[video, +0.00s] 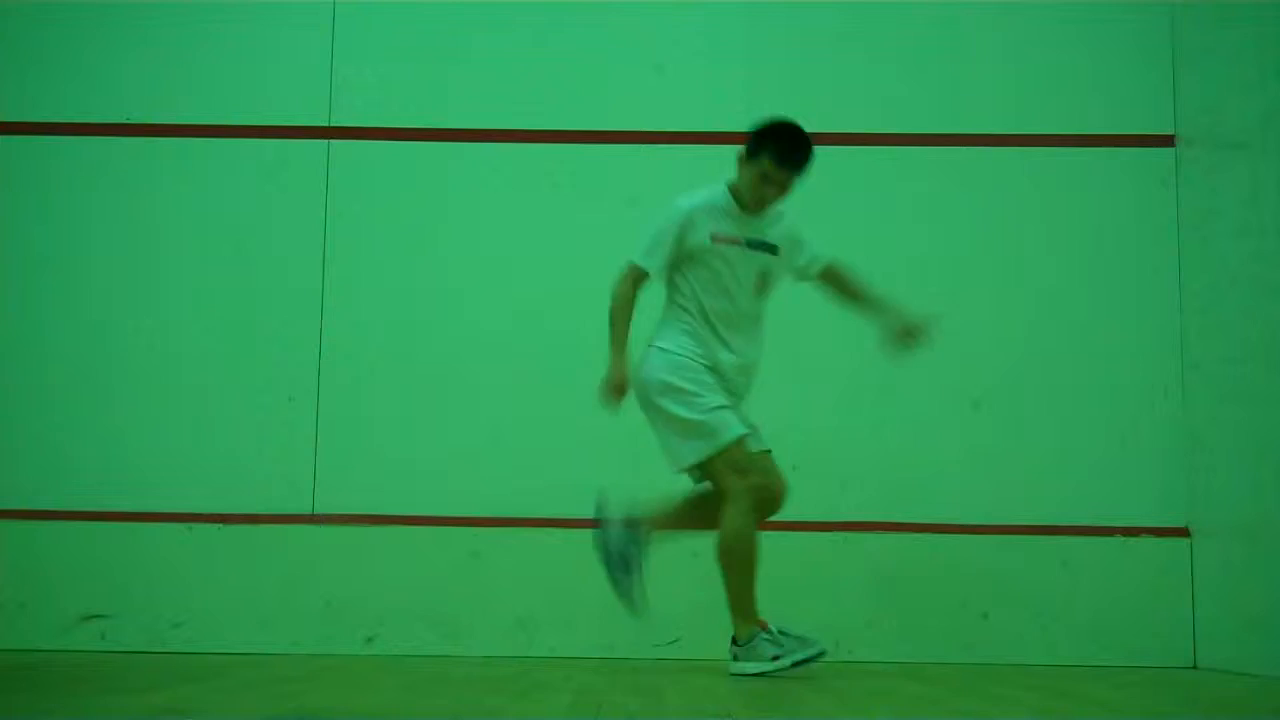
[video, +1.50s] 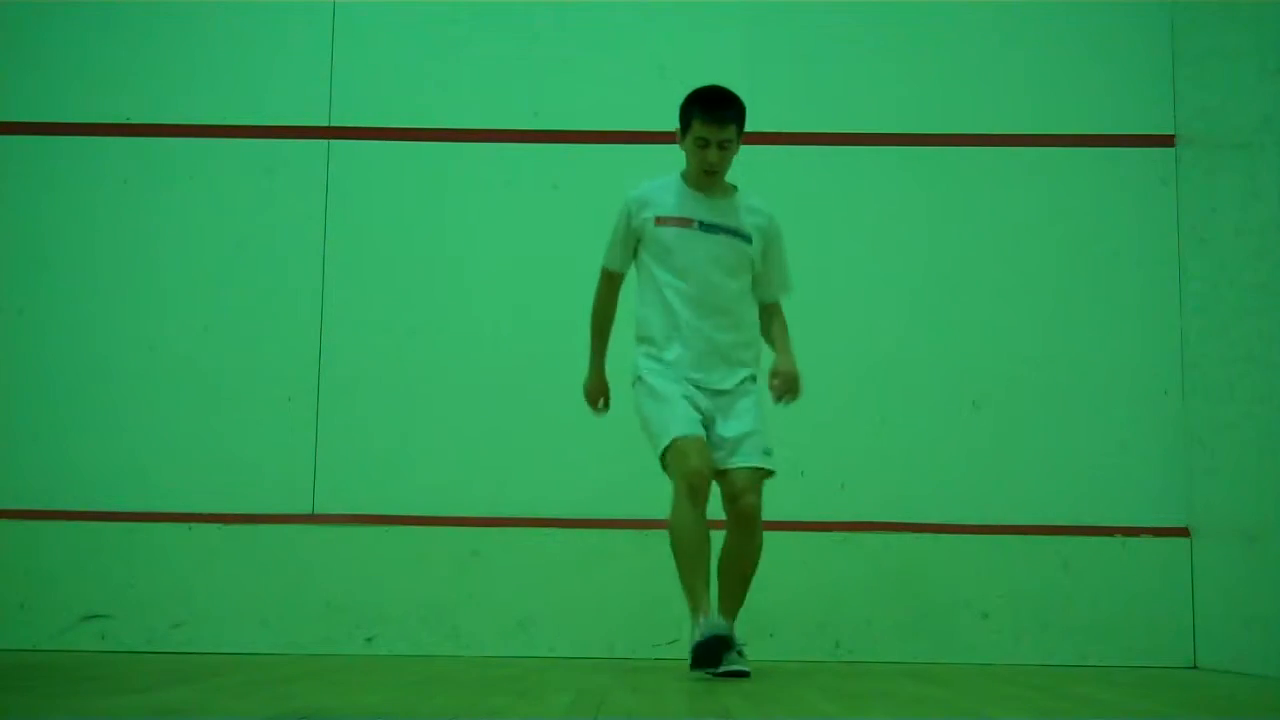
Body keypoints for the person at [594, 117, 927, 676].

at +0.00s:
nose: (774, 192)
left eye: (785, 184)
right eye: (768, 178)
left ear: (794, 183)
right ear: (744, 161)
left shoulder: (783, 230)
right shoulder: (693, 214)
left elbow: (830, 276)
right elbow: (629, 280)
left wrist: (891, 316)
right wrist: (617, 362)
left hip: (726, 382)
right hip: (676, 372)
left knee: (766, 493)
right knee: (745, 483)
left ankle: (633, 525)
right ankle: (748, 636)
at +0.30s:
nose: (721, 150)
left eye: (730, 141)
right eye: (713, 135)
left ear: (733, 147)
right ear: (683, 131)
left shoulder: (705, 224)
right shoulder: (653, 182)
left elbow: (697, 302)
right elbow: (713, 183)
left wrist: (734, 351)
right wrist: (787, 172)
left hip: (681, 368)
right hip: (632, 354)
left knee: (674, 491)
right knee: (664, 471)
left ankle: (637, 629)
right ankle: (658, 615)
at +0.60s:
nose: (685, 135)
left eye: (693, 126)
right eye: (674, 123)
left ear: (698, 132)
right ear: (645, 122)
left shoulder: (684, 204)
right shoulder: (613, 183)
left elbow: (674, 290)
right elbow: (590, 274)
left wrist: (676, 356)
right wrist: (624, 346)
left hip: (671, 371)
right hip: (610, 362)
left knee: (657, 502)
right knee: (593, 491)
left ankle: (637, 631)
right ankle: (576, 633)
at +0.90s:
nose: (660, 137)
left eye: (671, 125)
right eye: (649, 124)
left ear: (686, 125)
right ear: (627, 122)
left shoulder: (709, 189)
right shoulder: (599, 183)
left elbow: (714, 267)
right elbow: (584, 269)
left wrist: (724, 331)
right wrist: (610, 340)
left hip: (676, 370)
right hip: (603, 368)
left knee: (705, 494)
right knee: (583, 496)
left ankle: (704, 625)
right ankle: (574, 632)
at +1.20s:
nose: (698, 135)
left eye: (709, 124)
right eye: (687, 122)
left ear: (724, 123)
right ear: (666, 117)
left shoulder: (750, 178)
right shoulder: (629, 171)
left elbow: (773, 255)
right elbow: (591, 252)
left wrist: (770, 327)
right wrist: (568, 336)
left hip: (718, 353)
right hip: (646, 346)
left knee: (724, 491)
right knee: (629, 425)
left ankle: (723, 632)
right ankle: (642, 568)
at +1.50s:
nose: (713, 158)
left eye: (725, 146)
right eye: (702, 144)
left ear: (739, 145)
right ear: (681, 140)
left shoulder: (759, 222)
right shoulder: (644, 204)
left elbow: (770, 304)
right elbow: (608, 284)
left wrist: (784, 356)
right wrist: (596, 366)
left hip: (737, 380)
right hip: (664, 373)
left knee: (747, 498)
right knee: (695, 472)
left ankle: (724, 635)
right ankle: (703, 624)